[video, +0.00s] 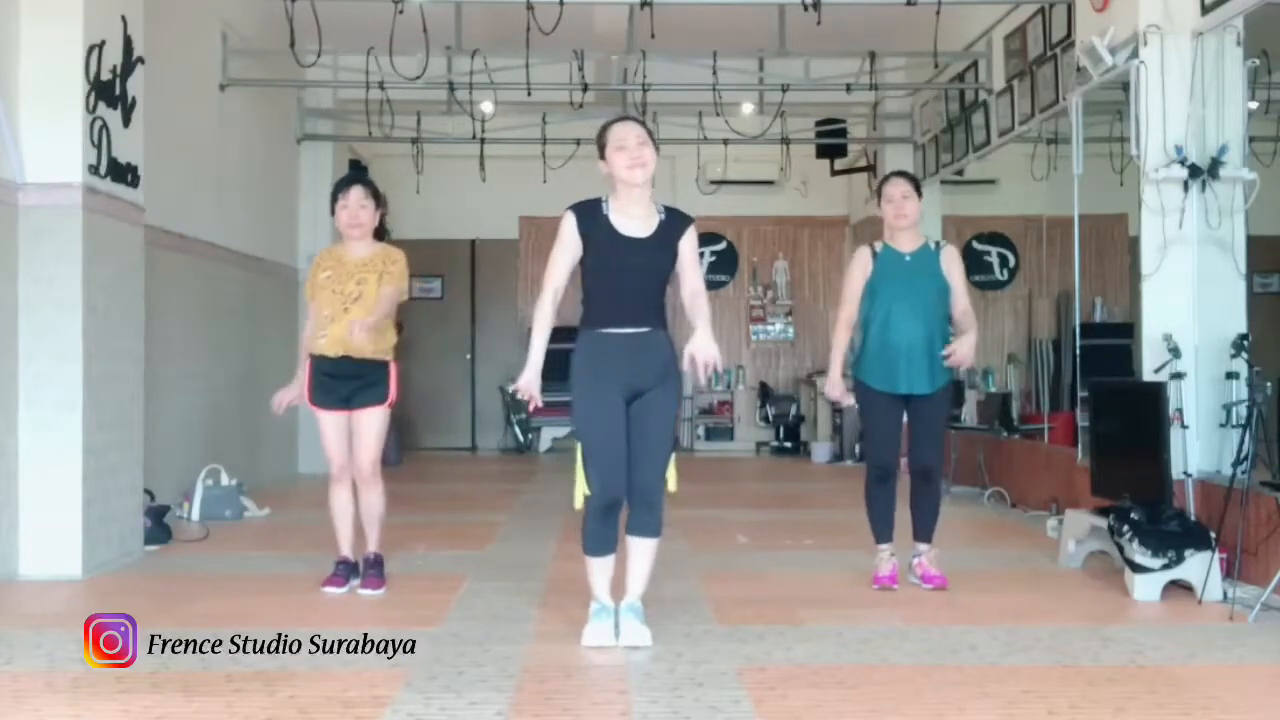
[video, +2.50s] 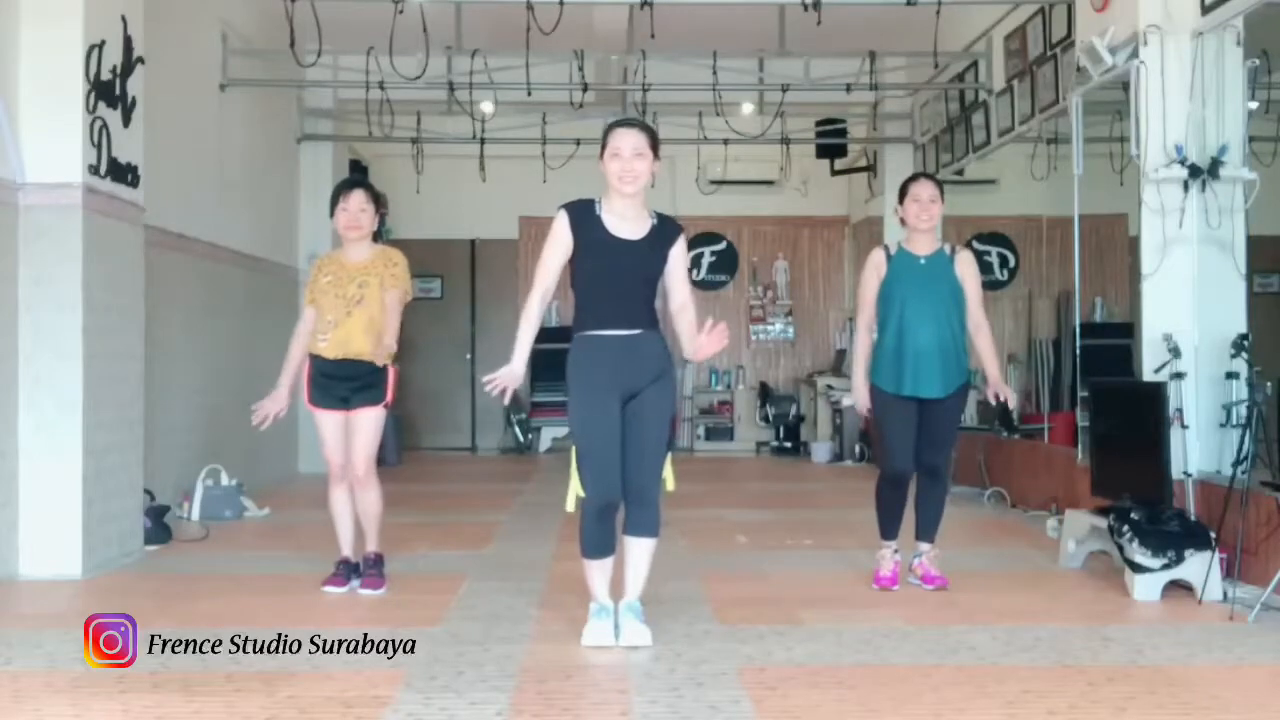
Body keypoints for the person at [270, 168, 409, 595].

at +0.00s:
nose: (354, 213)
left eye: (363, 204)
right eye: (345, 205)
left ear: (378, 213)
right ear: (334, 214)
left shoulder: (392, 259)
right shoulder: (324, 261)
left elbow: (389, 300)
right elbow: (313, 325)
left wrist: (370, 321)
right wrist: (299, 381)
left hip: (372, 369)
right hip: (326, 368)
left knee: (366, 468)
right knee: (338, 470)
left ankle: (372, 557)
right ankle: (345, 560)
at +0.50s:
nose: (353, 215)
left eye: (362, 208)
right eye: (345, 208)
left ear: (377, 217)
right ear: (334, 217)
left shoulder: (392, 261)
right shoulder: (322, 265)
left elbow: (393, 306)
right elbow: (306, 327)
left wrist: (374, 330)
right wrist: (284, 386)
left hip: (371, 370)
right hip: (324, 368)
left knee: (361, 469)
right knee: (335, 470)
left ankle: (371, 557)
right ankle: (345, 560)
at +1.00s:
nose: (361, 214)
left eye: (370, 207)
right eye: (351, 207)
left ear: (382, 216)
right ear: (339, 216)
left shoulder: (398, 260)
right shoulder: (326, 262)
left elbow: (415, 316)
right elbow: (309, 300)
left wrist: (433, 366)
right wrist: (297, 314)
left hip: (386, 371)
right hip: (338, 371)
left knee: (375, 469)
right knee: (334, 470)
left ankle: (373, 559)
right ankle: (342, 556)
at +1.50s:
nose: (361, 215)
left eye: (370, 208)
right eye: (352, 209)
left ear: (383, 218)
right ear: (341, 219)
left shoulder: (399, 265)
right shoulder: (325, 265)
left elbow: (410, 325)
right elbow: (308, 315)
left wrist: (422, 376)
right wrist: (299, 347)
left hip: (386, 372)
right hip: (337, 372)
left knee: (376, 469)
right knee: (333, 472)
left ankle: (373, 559)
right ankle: (344, 556)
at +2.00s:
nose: (350, 213)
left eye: (360, 207)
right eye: (343, 206)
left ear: (375, 216)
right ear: (331, 214)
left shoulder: (387, 262)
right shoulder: (319, 265)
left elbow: (379, 317)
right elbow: (308, 330)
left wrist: (369, 316)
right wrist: (297, 383)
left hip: (367, 369)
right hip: (322, 368)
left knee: (360, 469)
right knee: (335, 471)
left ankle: (371, 558)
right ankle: (345, 560)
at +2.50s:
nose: (352, 216)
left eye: (361, 210)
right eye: (344, 209)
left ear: (377, 219)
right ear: (333, 218)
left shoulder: (391, 260)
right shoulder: (323, 266)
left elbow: (393, 308)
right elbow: (304, 329)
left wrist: (388, 344)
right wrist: (282, 388)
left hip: (371, 369)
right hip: (324, 369)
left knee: (362, 469)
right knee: (337, 470)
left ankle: (372, 558)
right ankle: (347, 560)